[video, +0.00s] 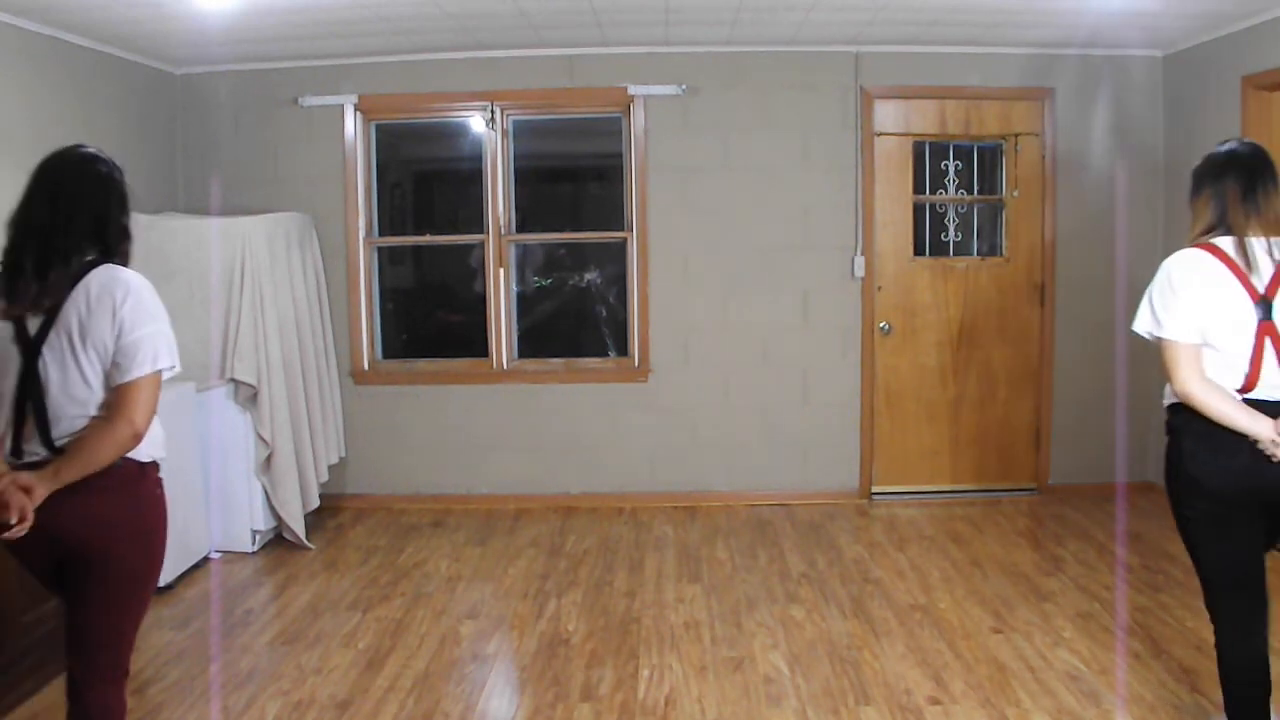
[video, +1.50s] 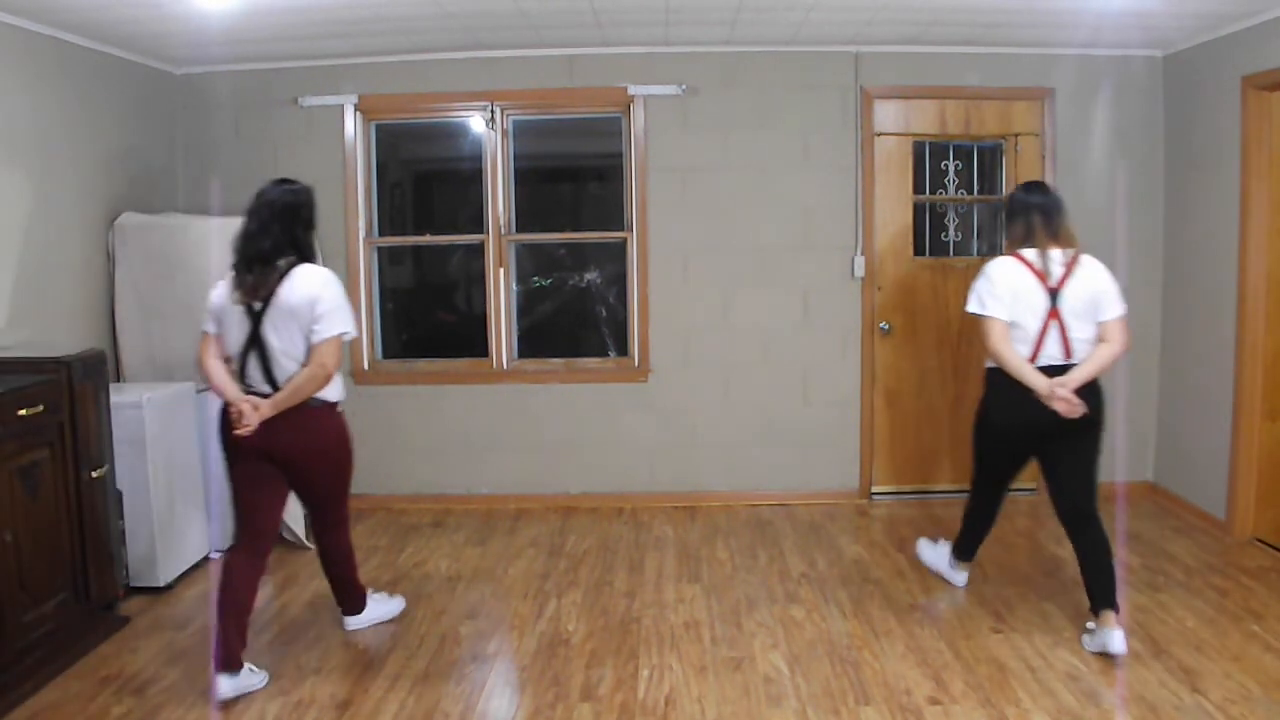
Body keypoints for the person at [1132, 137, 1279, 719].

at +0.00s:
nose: (1196, 206)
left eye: (1198, 196)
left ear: (1206, 196)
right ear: (1271, 195)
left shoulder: (1187, 268)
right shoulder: (1277, 260)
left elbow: (1186, 379)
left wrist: (1266, 430)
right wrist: (1269, 429)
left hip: (1214, 444)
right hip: (1270, 435)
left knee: (1238, 609)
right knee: (1241, 602)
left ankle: (1248, 712)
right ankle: (1252, 706)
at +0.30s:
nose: (1164, 222)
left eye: (1166, 212)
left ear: (1169, 216)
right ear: (1232, 214)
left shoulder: (1146, 281)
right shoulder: (1269, 279)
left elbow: (1149, 382)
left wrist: (1230, 430)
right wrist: (1256, 422)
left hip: (1172, 450)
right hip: (1255, 450)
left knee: (1216, 602)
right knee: (1180, 548)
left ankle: (1244, 714)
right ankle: (1133, 635)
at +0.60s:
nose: (1123, 207)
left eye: (1126, 198)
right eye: (1126, 199)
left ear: (1133, 202)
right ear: (1189, 200)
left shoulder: (1109, 260)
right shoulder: (1219, 265)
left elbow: (1099, 353)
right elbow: (1242, 353)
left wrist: (1163, 397)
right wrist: (1188, 392)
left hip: (1120, 415)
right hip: (1190, 417)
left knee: (1100, 531)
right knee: (1145, 526)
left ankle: (1159, 635)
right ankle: (1115, 640)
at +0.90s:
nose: (1099, 205)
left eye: (1100, 196)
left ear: (1101, 197)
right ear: (1154, 195)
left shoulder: (1083, 254)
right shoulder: (1187, 257)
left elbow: (1075, 341)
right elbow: (1207, 339)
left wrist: (1129, 388)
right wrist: (1156, 385)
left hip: (1092, 398)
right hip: (1161, 401)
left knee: (1057, 487)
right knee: (1133, 519)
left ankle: (1077, 590)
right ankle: (1117, 637)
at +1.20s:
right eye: (1118, 196)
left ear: (1067, 203)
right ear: (1120, 201)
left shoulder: (1051, 257)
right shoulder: (1152, 258)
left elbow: (1044, 338)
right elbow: (1176, 336)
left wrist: (1097, 380)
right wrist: (1125, 376)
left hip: (1065, 396)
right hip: (1132, 396)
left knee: (1037, 476)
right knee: (1116, 513)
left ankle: (1059, 579)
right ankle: (1115, 635)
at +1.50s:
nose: (1006, 228)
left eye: (1008, 220)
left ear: (1012, 222)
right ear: (1059, 219)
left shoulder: (999, 271)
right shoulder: (1094, 270)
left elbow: (997, 344)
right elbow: (1116, 341)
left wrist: (1045, 387)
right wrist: (1067, 384)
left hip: (1013, 398)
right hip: (1078, 400)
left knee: (988, 486)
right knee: (1081, 513)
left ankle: (957, 560)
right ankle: (1108, 622)